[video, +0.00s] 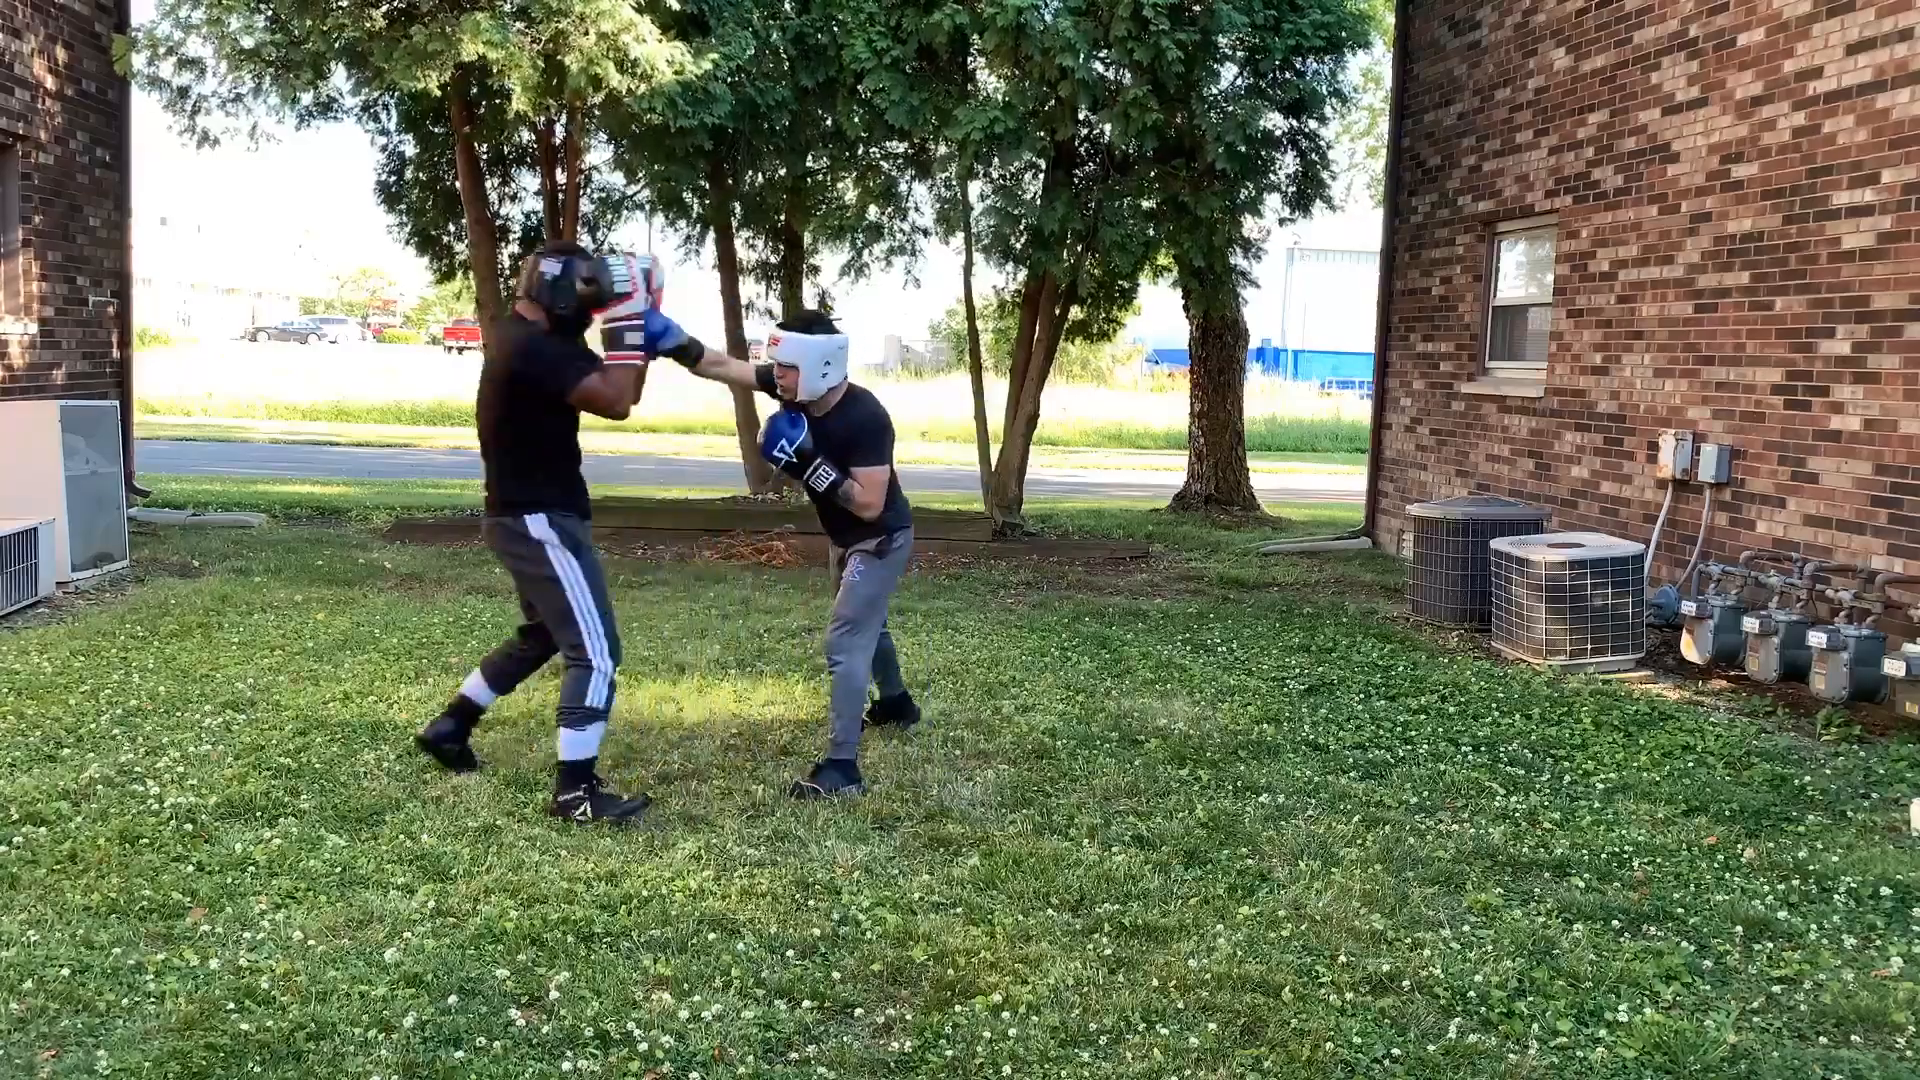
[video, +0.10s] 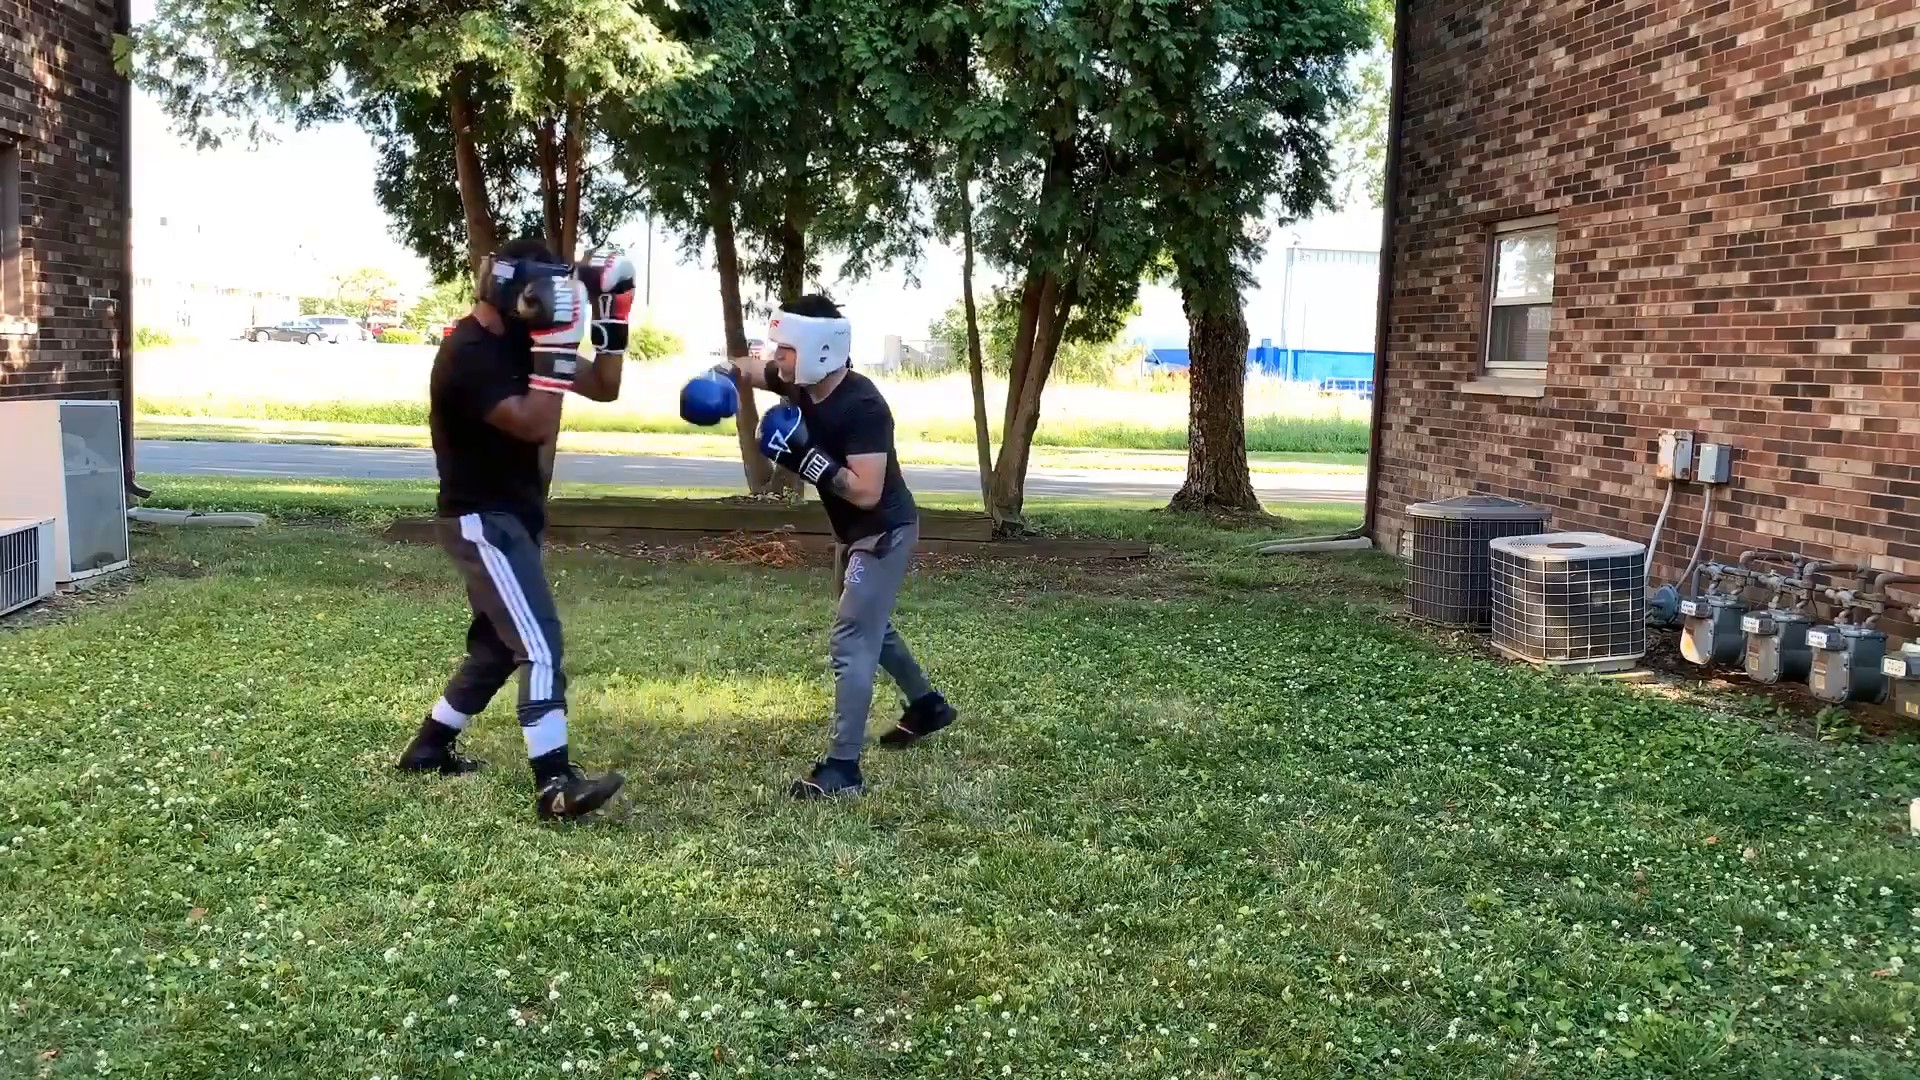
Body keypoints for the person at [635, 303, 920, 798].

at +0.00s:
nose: (778, 375)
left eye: (787, 368)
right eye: (778, 366)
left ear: (822, 373)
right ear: (816, 369)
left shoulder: (865, 419)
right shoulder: (797, 389)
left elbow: (870, 505)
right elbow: (722, 366)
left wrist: (805, 462)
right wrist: (676, 341)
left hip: (882, 539)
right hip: (847, 535)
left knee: (847, 640)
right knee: (865, 621)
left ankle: (842, 766)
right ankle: (895, 701)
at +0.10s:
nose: (776, 358)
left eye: (786, 350)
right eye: (778, 349)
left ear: (821, 355)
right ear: (809, 355)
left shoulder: (862, 405)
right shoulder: (803, 384)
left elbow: (866, 492)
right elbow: (756, 370)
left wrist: (803, 454)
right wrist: (726, 375)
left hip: (885, 534)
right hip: (852, 531)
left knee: (851, 642)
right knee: (868, 626)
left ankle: (842, 768)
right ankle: (926, 706)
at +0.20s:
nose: (780, 338)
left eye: (789, 330)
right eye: (781, 328)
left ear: (822, 334)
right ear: (810, 334)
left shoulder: (858, 390)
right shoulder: (805, 374)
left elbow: (871, 477)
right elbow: (767, 395)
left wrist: (806, 460)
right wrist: (753, 421)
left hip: (887, 523)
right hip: (857, 524)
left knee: (850, 639)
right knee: (875, 630)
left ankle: (843, 768)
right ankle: (944, 716)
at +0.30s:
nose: (780, 330)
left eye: (787, 319)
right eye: (780, 319)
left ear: (818, 321)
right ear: (829, 321)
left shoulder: (846, 380)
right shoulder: (839, 371)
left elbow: (870, 466)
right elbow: (836, 426)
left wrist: (821, 481)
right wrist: (788, 436)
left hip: (881, 528)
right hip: (895, 522)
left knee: (841, 642)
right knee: (894, 635)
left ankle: (842, 769)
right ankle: (941, 745)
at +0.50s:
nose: (783, 339)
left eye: (789, 328)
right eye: (783, 328)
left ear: (817, 330)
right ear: (838, 330)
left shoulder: (829, 383)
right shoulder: (867, 377)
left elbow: (855, 458)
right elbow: (876, 458)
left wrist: (820, 496)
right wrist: (810, 460)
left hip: (865, 538)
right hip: (907, 530)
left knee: (791, 634)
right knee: (911, 649)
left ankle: (816, 761)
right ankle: (946, 757)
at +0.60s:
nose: (775, 347)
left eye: (780, 335)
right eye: (775, 336)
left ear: (809, 337)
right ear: (828, 337)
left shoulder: (824, 387)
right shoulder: (858, 382)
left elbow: (839, 472)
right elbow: (839, 470)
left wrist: (794, 501)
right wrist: (783, 439)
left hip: (855, 543)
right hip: (892, 537)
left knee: (775, 641)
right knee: (897, 652)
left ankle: (746, 771)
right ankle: (944, 755)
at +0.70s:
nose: (756, 351)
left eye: (761, 341)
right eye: (757, 342)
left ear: (787, 343)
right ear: (808, 344)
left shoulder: (806, 388)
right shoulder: (833, 387)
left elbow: (804, 477)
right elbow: (770, 473)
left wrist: (756, 493)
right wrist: (754, 422)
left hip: (836, 553)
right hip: (872, 546)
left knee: (749, 650)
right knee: (889, 656)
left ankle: (714, 777)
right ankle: (945, 754)